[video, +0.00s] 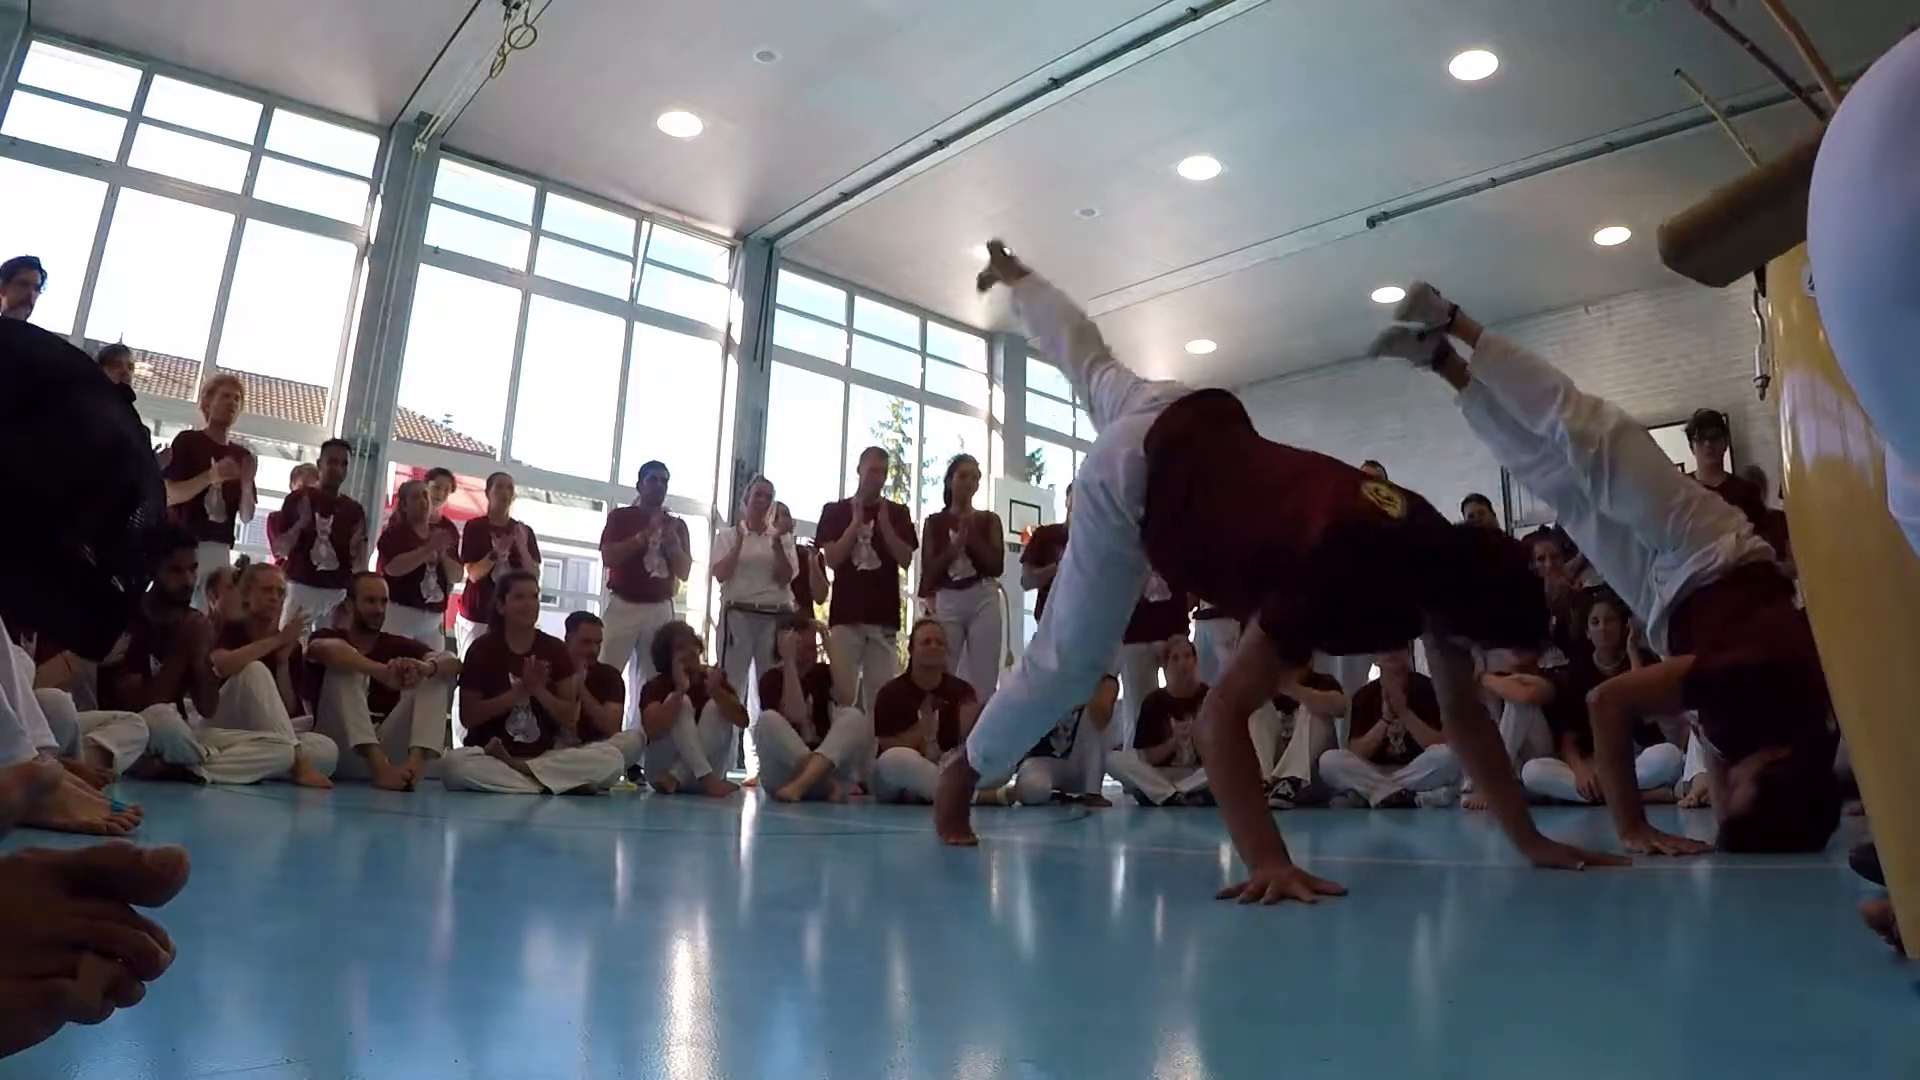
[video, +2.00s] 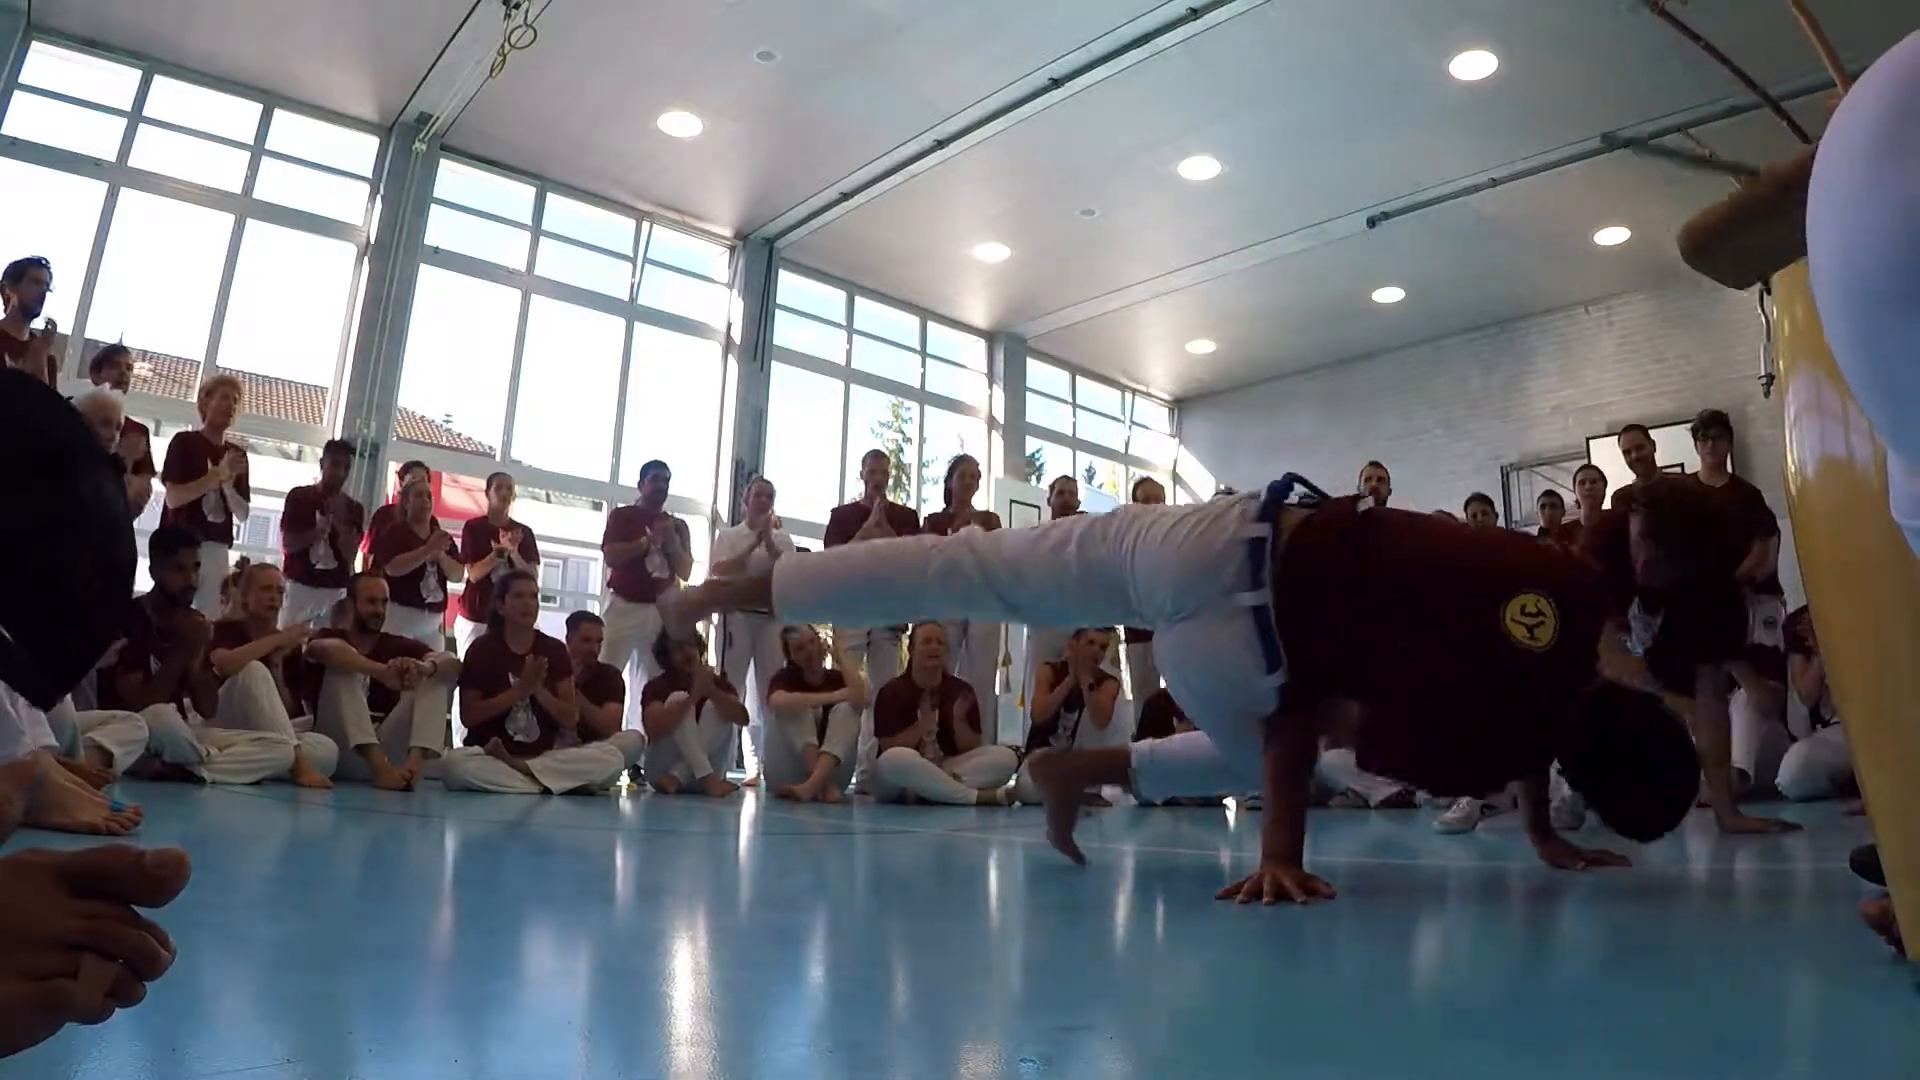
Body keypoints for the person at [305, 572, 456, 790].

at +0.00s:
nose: (379, 609)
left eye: (383, 601)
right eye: (370, 601)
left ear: (389, 603)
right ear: (350, 603)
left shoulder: (393, 643)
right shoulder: (329, 637)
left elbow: (454, 662)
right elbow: (317, 649)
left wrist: (426, 667)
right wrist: (382, 671)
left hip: (388, 750)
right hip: (338, 750)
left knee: (438, 673)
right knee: (342, 660)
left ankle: (416, 761)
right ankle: (378, 764)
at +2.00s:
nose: (379, 610)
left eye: (384, 602)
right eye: (371, 602)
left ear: (389, 603)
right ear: (352, 603)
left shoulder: (393, 643)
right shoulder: (330, 637)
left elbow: (454, 662)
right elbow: (316, 649)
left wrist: (427, 666)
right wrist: (382, 671)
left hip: (387, 751)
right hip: (338, 750)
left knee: (438, 673)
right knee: (342, 662)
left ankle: (414, 764)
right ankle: (378, 764)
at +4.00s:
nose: (381, 610)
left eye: (385, 603)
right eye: (373, 603)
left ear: (390, 604)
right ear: (353, 604)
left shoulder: (393, 643)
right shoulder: (329, 637)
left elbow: (454, 663)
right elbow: (320, 648)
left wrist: (427, 667)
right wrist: (382, 672)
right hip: (338, 750)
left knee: (437, 675)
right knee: (342, 665)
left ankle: (414, 765)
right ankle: (379, 766)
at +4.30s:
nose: (381, 610)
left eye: (385, 603)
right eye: (373, 603)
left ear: (390, 604)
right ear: (352, 603)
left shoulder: (394, 643)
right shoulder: (326, 637)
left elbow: (453, 663)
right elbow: (325, 650)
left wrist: (426, 668)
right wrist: (382, 672)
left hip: (387, 752)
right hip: (337, 749)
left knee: (436, 673)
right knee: (342, 662)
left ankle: (414, 764)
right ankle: (378, 765)